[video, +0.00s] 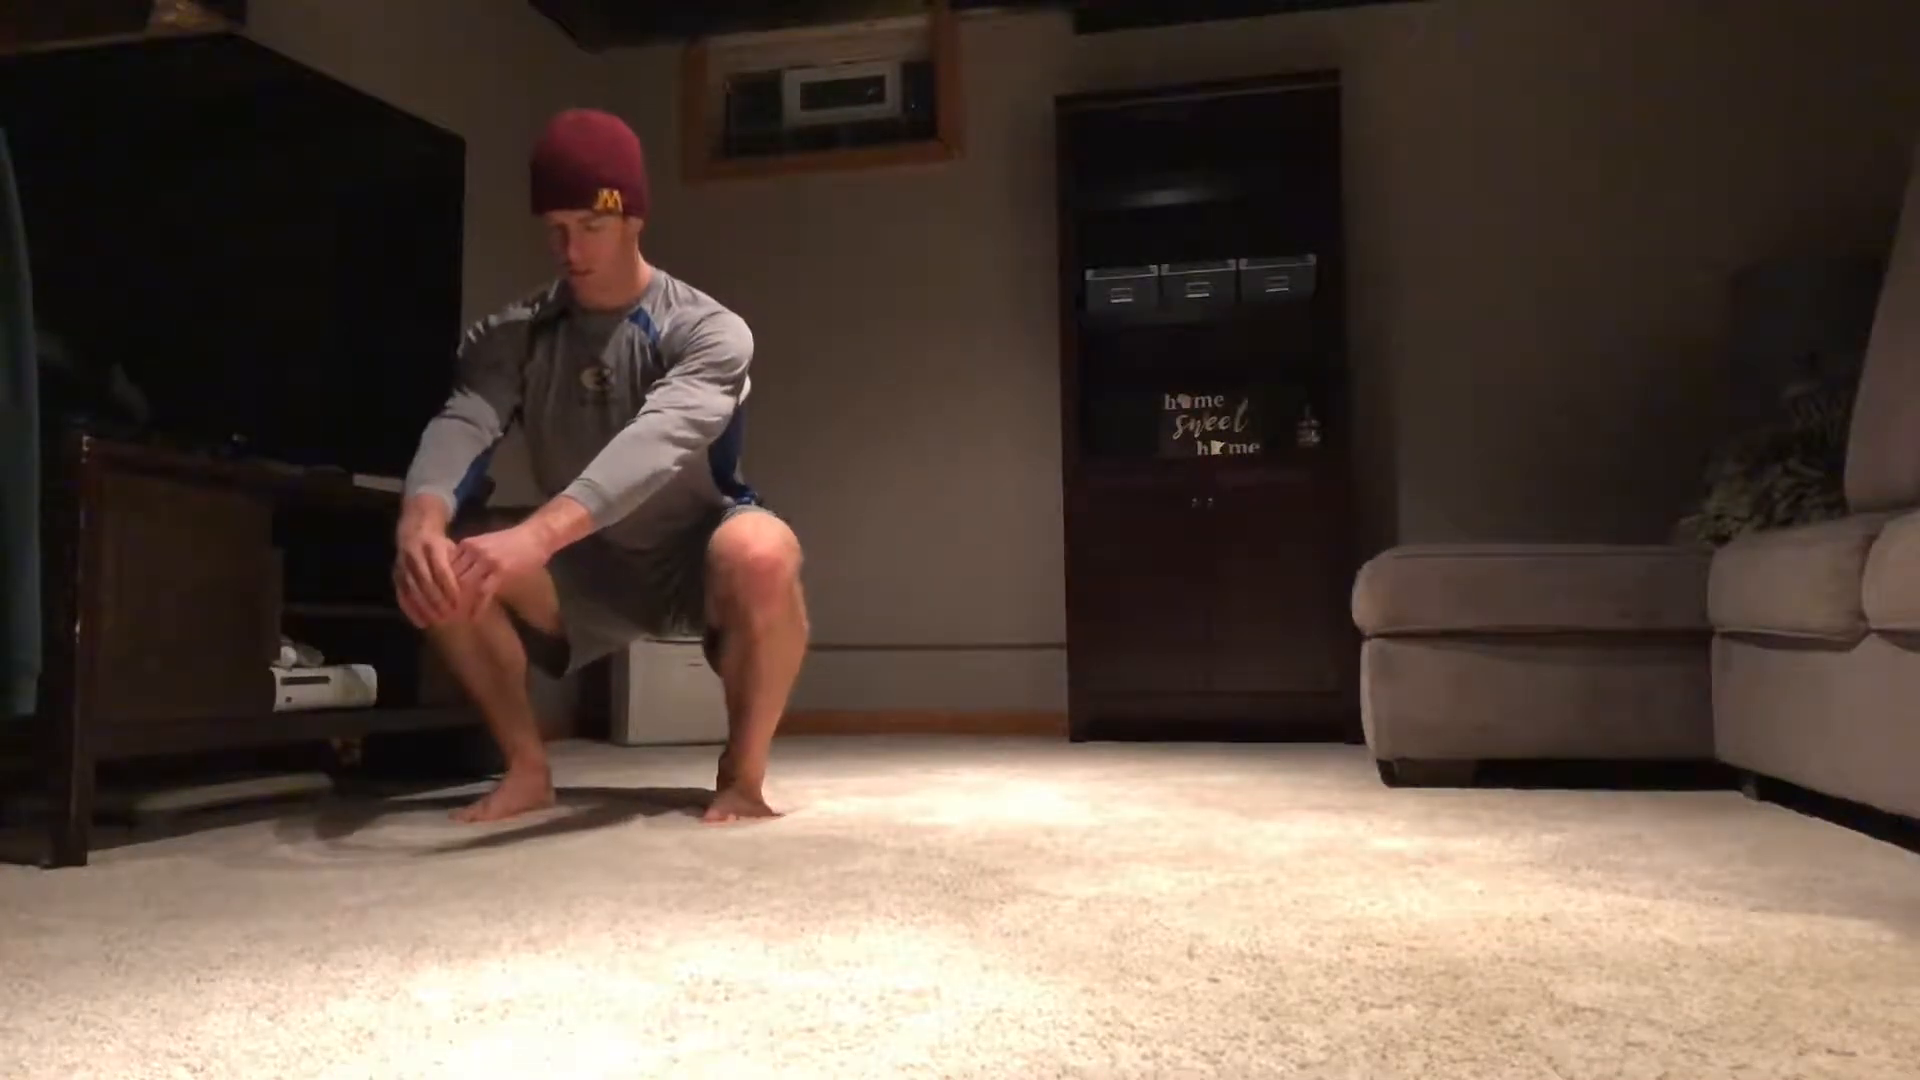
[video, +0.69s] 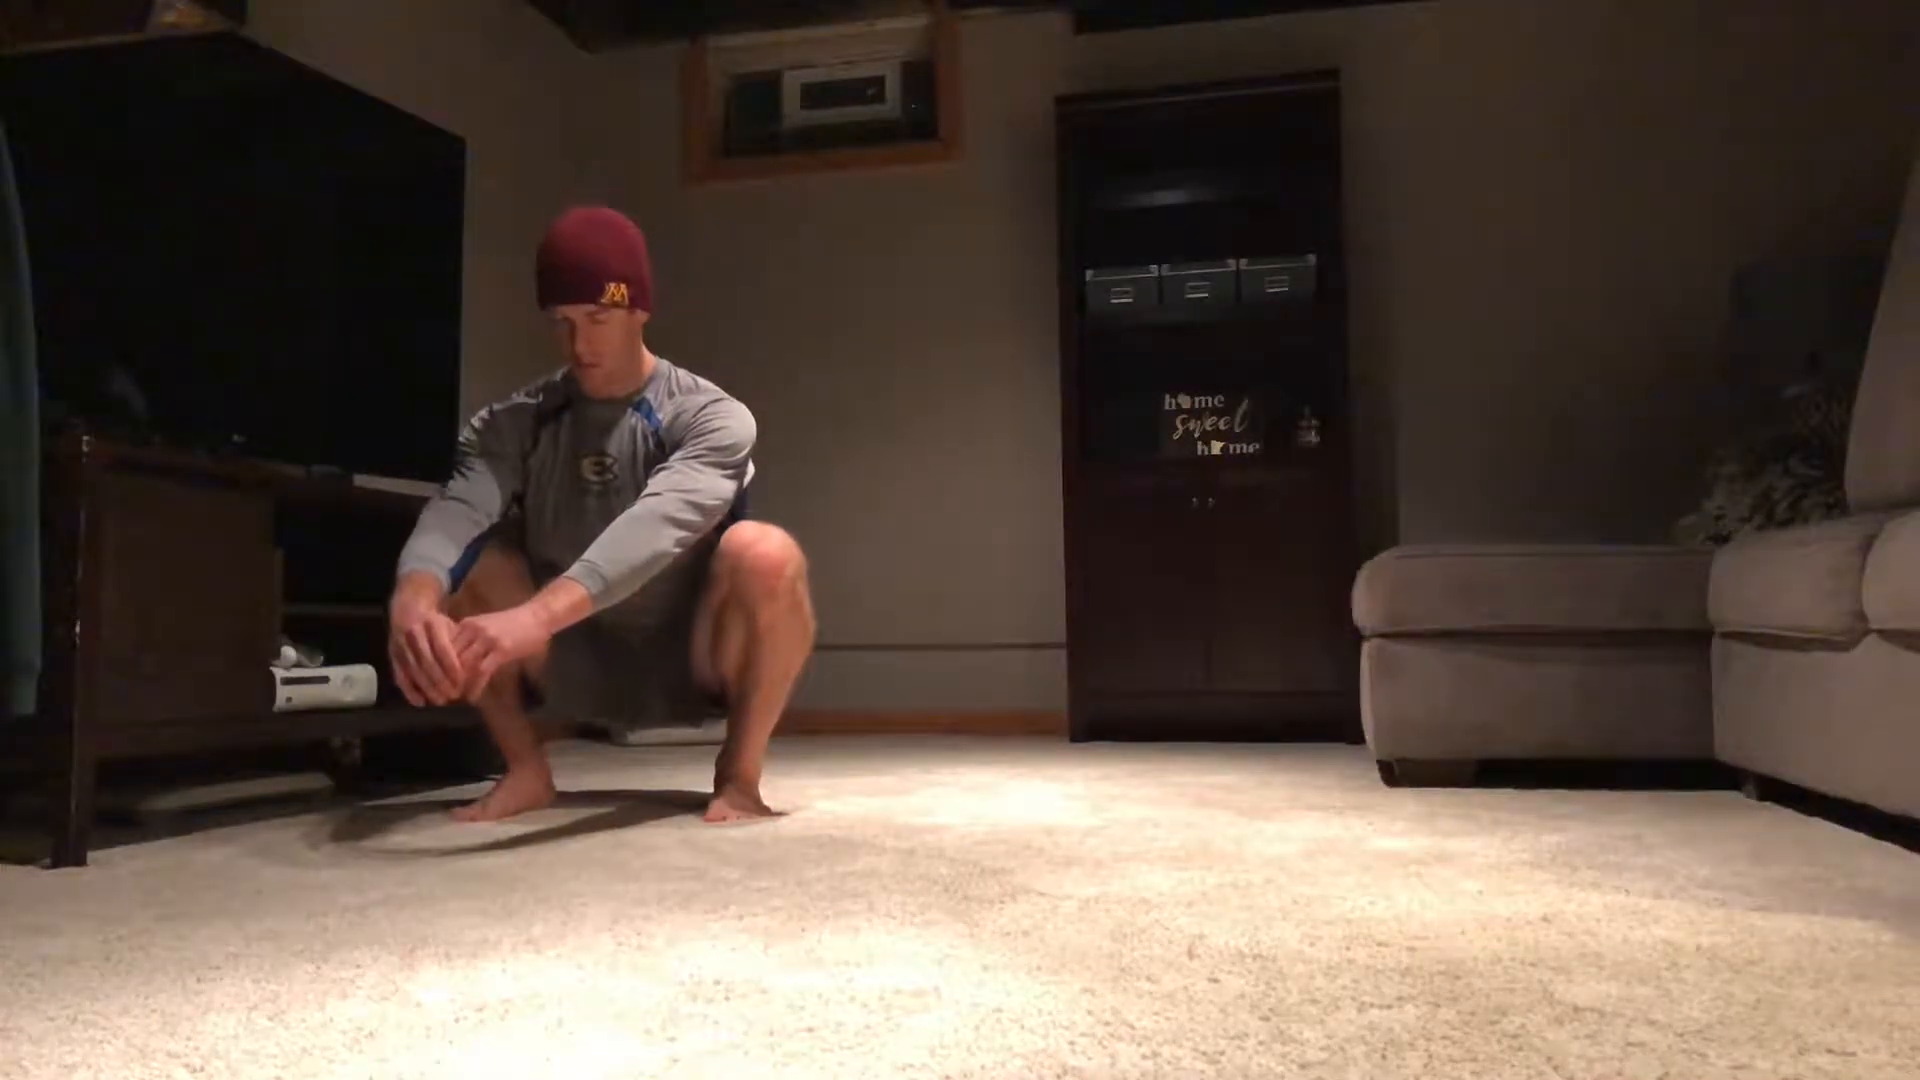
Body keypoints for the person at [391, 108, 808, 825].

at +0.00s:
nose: (570, 251)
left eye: (588, 229)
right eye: (557, 231)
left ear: (633, 219)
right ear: (542, 227)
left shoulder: (712, 335)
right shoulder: (514, 334)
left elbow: (653, 448)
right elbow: (461, 425)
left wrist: (535, 537)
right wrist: (419, 520)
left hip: (696, 564)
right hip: (582, 569)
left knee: (762, 547)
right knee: (446, 571)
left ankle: (744, 778)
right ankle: (526, 769)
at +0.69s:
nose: (580, 347)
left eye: (597, 321)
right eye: (564, 324)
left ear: (640, 314)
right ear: (549, 322)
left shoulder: (714, 420)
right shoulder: (512, 425)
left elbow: (655, 529)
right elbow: (455, 512)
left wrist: (535, 618)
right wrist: (413, 597)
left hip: (691, 655)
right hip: (578, 661)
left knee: (765, 551)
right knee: (464, 565)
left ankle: (741, 780)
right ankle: (525, 773)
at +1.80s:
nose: (584, 371)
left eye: (604, 346)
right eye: (565, 348)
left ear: (634, 338)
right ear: (544, 346)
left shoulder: (701, 447)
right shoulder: (498, 448)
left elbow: (636, 564)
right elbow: (435, 539)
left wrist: (515, 662)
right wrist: (389, 633)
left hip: (677, 681)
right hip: (567, 687)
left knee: (769, 543)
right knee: (448, 569)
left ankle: (742, 775)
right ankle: (522, 772)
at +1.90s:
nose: (588, 371)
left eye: (607, 346)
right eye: (568, 348)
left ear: (636, 337)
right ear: (545, 345)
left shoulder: (700, 447)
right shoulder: (497, 448)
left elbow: (637, 564)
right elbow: (434, 541)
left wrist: (520, 661)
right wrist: (391, 634)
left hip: (678, 681)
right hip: (569, 688)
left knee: (768, 542)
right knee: (450, 569)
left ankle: (742, 775)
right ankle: (522, 772)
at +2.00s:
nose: (598, 371)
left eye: (617, 346)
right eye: (577, 348)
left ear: (641, 338)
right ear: (548, 346)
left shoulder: (699, 447)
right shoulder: (494, 448)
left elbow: (638, 562)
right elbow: (434, 541)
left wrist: (522, 662)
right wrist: (393, 636)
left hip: (680, 681)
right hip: (569, 688)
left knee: (768, 542)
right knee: (450, 571)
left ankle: (741, 779)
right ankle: (524, 775)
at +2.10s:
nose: (618, 371)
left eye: (630, 346)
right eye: (594, 351)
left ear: (647, 334)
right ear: (550, 348)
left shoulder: (697, 448)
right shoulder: (491, 449)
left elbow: (635, 565)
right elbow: (432, 543)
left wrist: (522, 667)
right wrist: (395, 640)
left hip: (677, 678)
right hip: (568, 688)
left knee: (771, 540)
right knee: (449, 572)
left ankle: (743, 773)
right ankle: (524, 775)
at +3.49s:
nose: (684, 428)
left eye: (696, 406)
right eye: (662, 408)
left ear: (706, 397)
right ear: (608, 400)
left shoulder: (730, 490)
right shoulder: (520, 480)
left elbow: (759, 624)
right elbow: (559, 632)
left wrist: (773, 749)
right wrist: (673, 751)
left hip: (683, 670)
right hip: (565, 677)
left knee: (824, 536)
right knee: (417, 588)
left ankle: (757, 766)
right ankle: (525, 773)